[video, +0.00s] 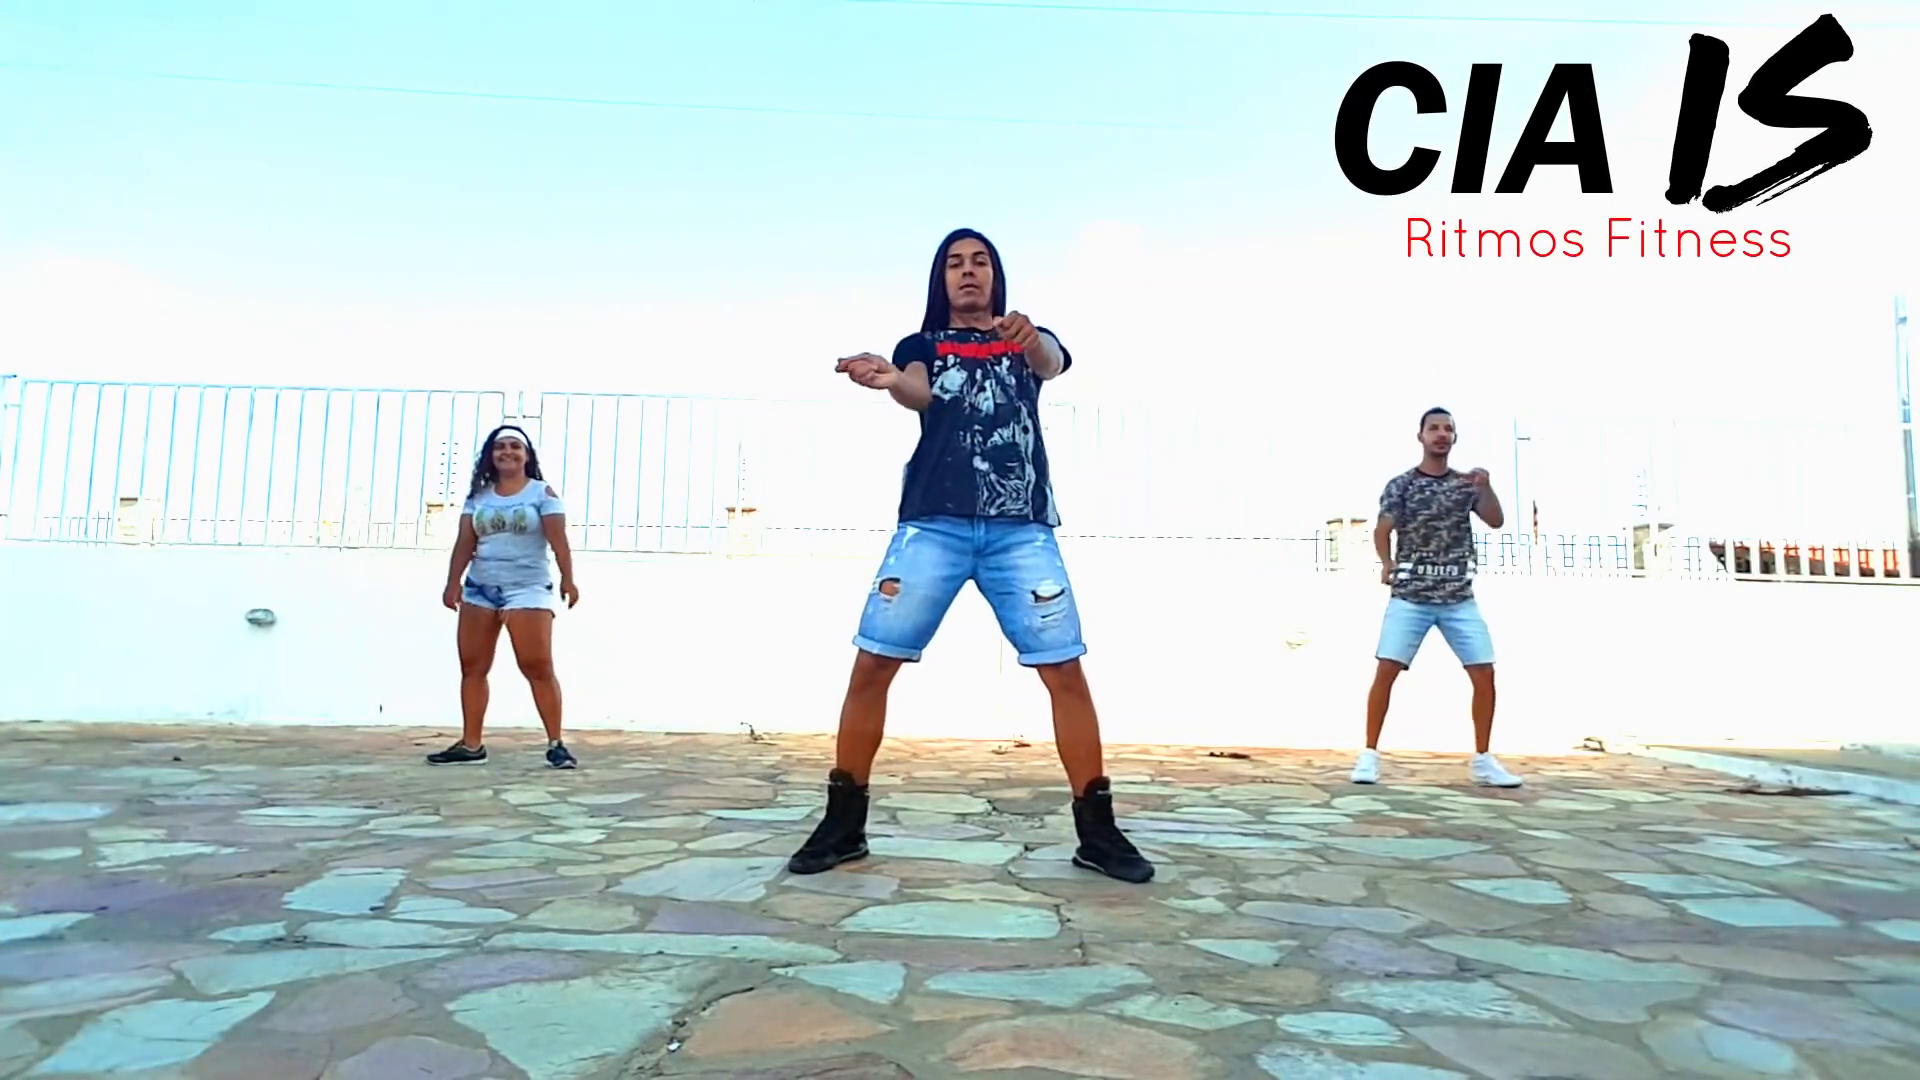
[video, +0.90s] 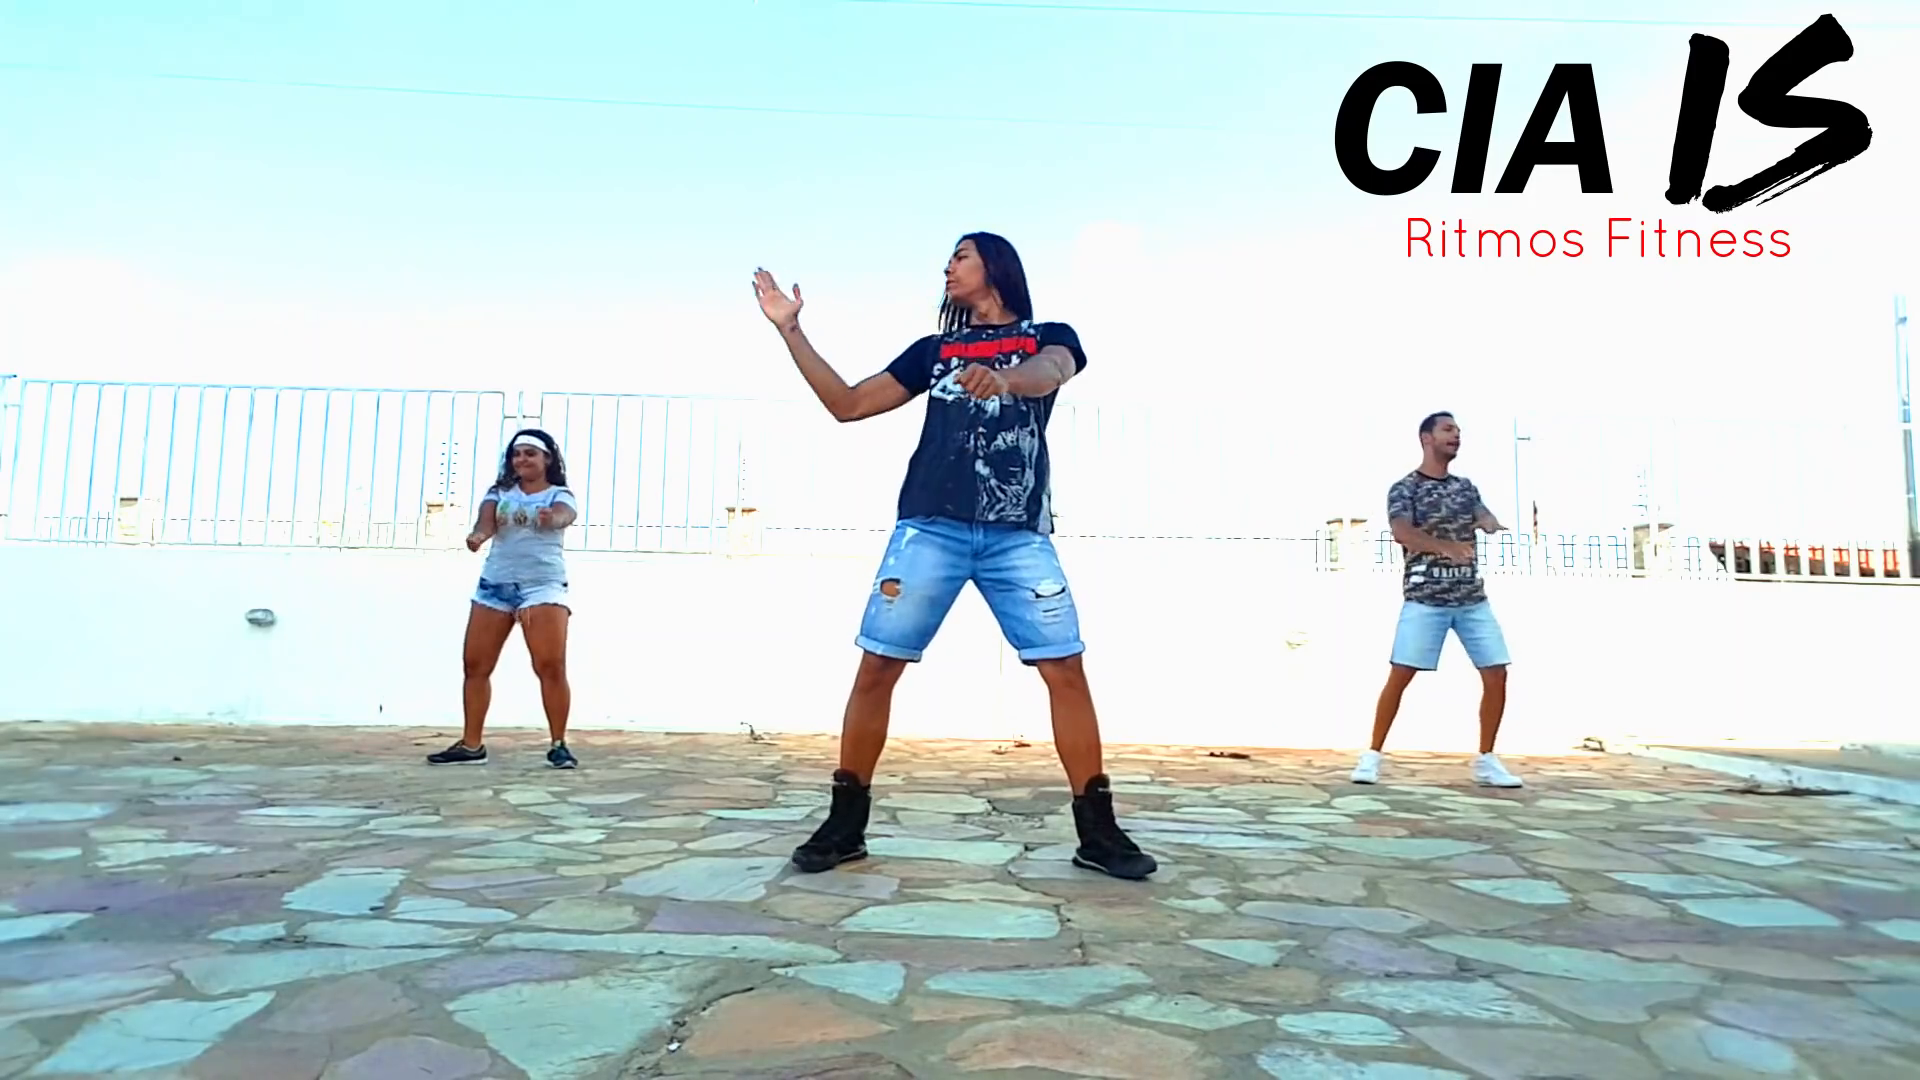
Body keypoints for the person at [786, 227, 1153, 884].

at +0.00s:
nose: (969, 270)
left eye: (980, 261)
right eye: (956, 262)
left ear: (998, 275)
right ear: (939, 279)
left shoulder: (1026, 337)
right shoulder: (921, 345)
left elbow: (1052, 366)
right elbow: (919, 393)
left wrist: (1030, 340)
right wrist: (890, 376)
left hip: (1021, 528)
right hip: (934, 526)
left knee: (1065, 668)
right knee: (873, 664)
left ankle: (1098, 831)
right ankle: (842, 823)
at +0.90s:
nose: (949, 268)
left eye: (961, 257)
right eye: (948, 260)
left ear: (997, 267)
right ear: (960, 280)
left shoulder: (1051, 336)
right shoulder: (937, 348)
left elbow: (1051, 372)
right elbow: (847, 403)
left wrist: (1005, 378)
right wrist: (791, 327)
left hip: (1018, 534)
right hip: (930, 529)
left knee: (1066, 667)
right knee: (877, 667)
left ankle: (1098, 831)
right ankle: (844, 825)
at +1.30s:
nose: (954, 259)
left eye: (968, 249)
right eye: (956, 251)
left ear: (1002, 260)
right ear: (974, 271)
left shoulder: (1056, 330)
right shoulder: (940, 349)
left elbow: (1055, 378)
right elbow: (845, 393)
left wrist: (1007, 397)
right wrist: (779, 330)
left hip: (1020, 534)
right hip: (930, 530)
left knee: (1069, 668)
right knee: (877, 668)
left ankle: (1100, 831)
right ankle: (842, 824)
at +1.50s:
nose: (964, 253)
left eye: (980, 245)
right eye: (966, 246)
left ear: (1013, 262)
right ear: (969, 270)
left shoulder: (1055, 334)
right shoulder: (940, 352)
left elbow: (1058, 387)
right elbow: (855, 416)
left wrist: (1002, 406)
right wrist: (764, 379)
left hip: (1016, 536)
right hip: (928, 531)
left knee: (1070, 670)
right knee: (872, 669)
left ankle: (1099, 831)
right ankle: (843, 824)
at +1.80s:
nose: (986, 244)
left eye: (993, 235)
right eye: (971, 241)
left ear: (1013, 254)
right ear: (956, 268)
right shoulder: (938, 341)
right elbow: (910, 439)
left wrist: (1017, 462)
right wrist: (860, 484)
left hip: (1023, 532)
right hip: (933, 527)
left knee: (1073, 667)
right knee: (880, 666)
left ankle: (1101, 831)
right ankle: (843, 822)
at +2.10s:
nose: (967, 280)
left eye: (976, 271)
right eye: (953, 276)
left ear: (997, 287)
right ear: (940, 298)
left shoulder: (1035, 365)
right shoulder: (917, 373)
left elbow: (1052, 407)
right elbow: (854, 441)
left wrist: (1038, 435)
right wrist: (808, 451)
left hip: (1019, 563)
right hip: (925, 559)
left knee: (1079, 686)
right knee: (851, 676)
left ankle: (1119, 829)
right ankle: (836, 822)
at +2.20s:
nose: (948, 246)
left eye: (958, 236)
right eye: (934, 240)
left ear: (978, 253)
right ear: (919, 263)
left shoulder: (1017, 326)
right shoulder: (899, 332)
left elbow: (1033, 368)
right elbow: (857, 410)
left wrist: (1015, 385)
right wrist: (803, 393)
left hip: (994, 520)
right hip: (904, 518)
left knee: (1051, 655)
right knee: (844, 654)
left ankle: (1105, 811)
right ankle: (823, 806)